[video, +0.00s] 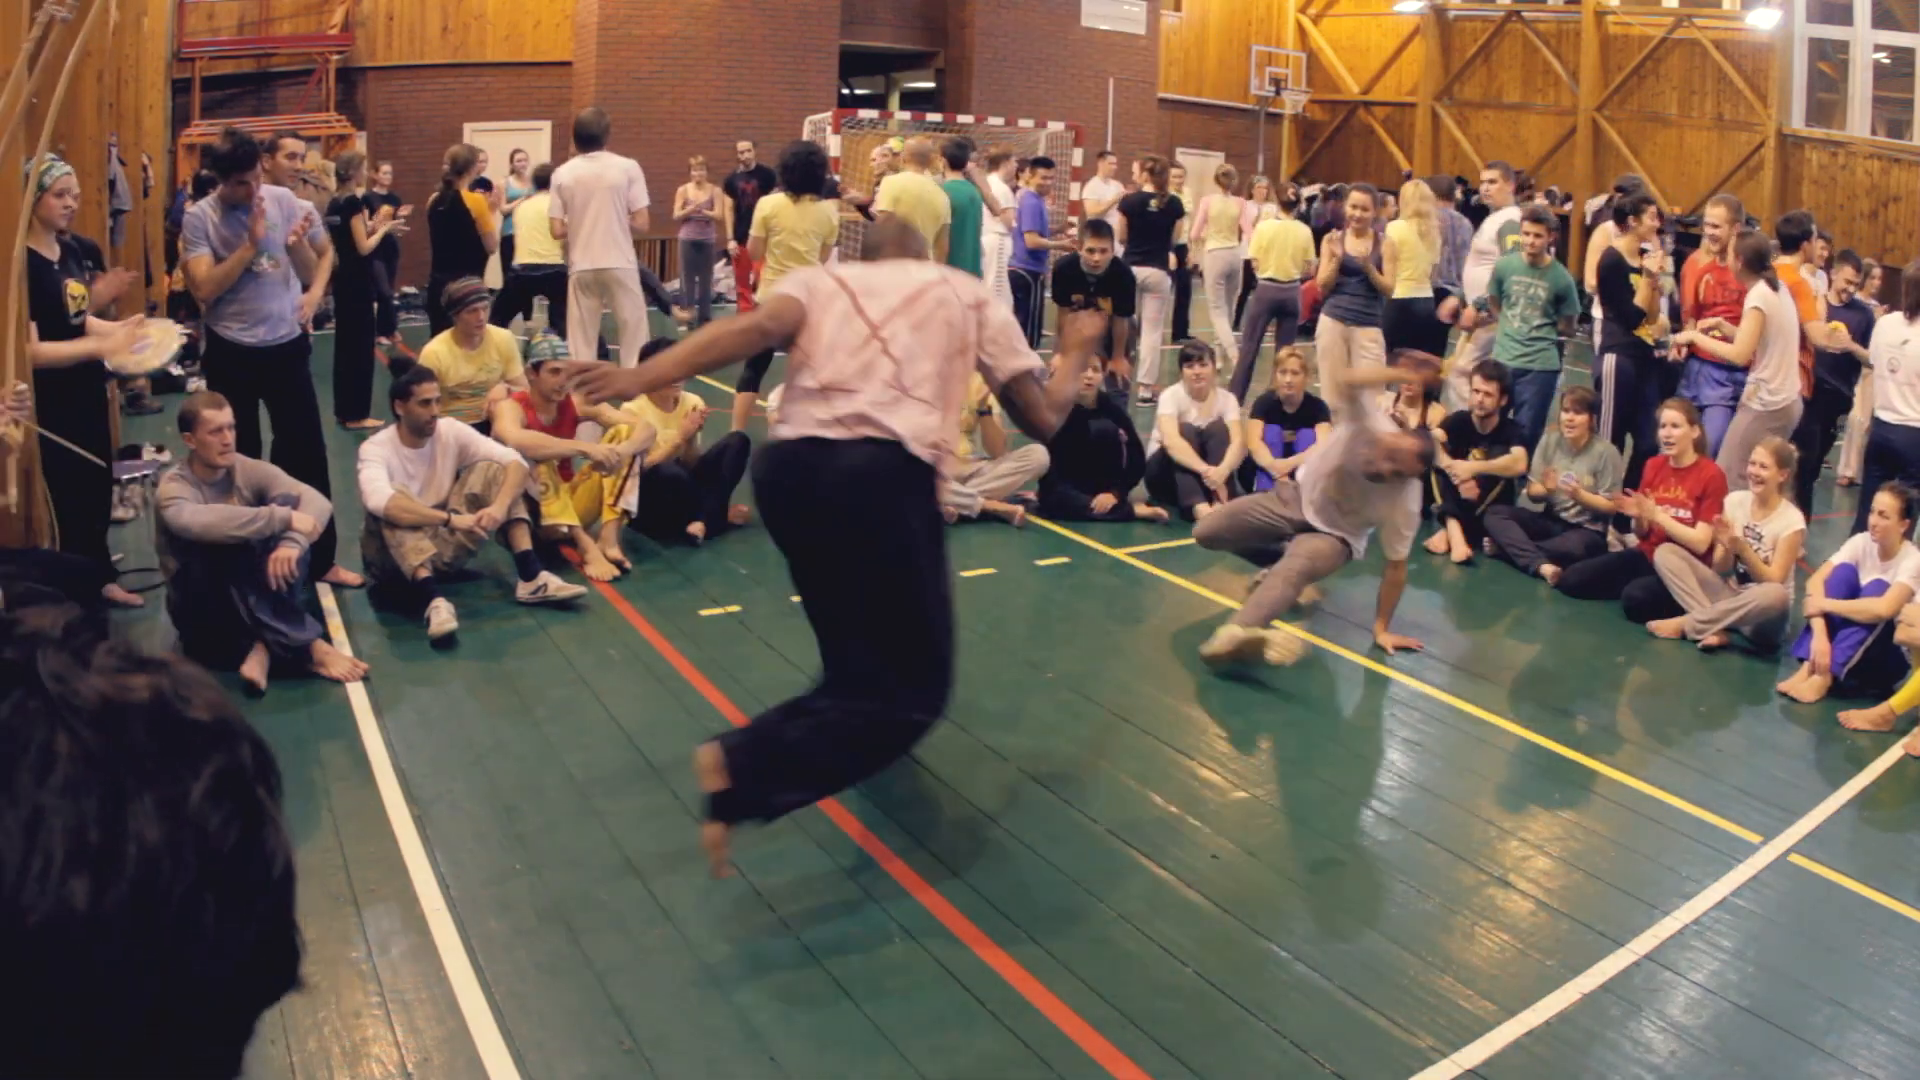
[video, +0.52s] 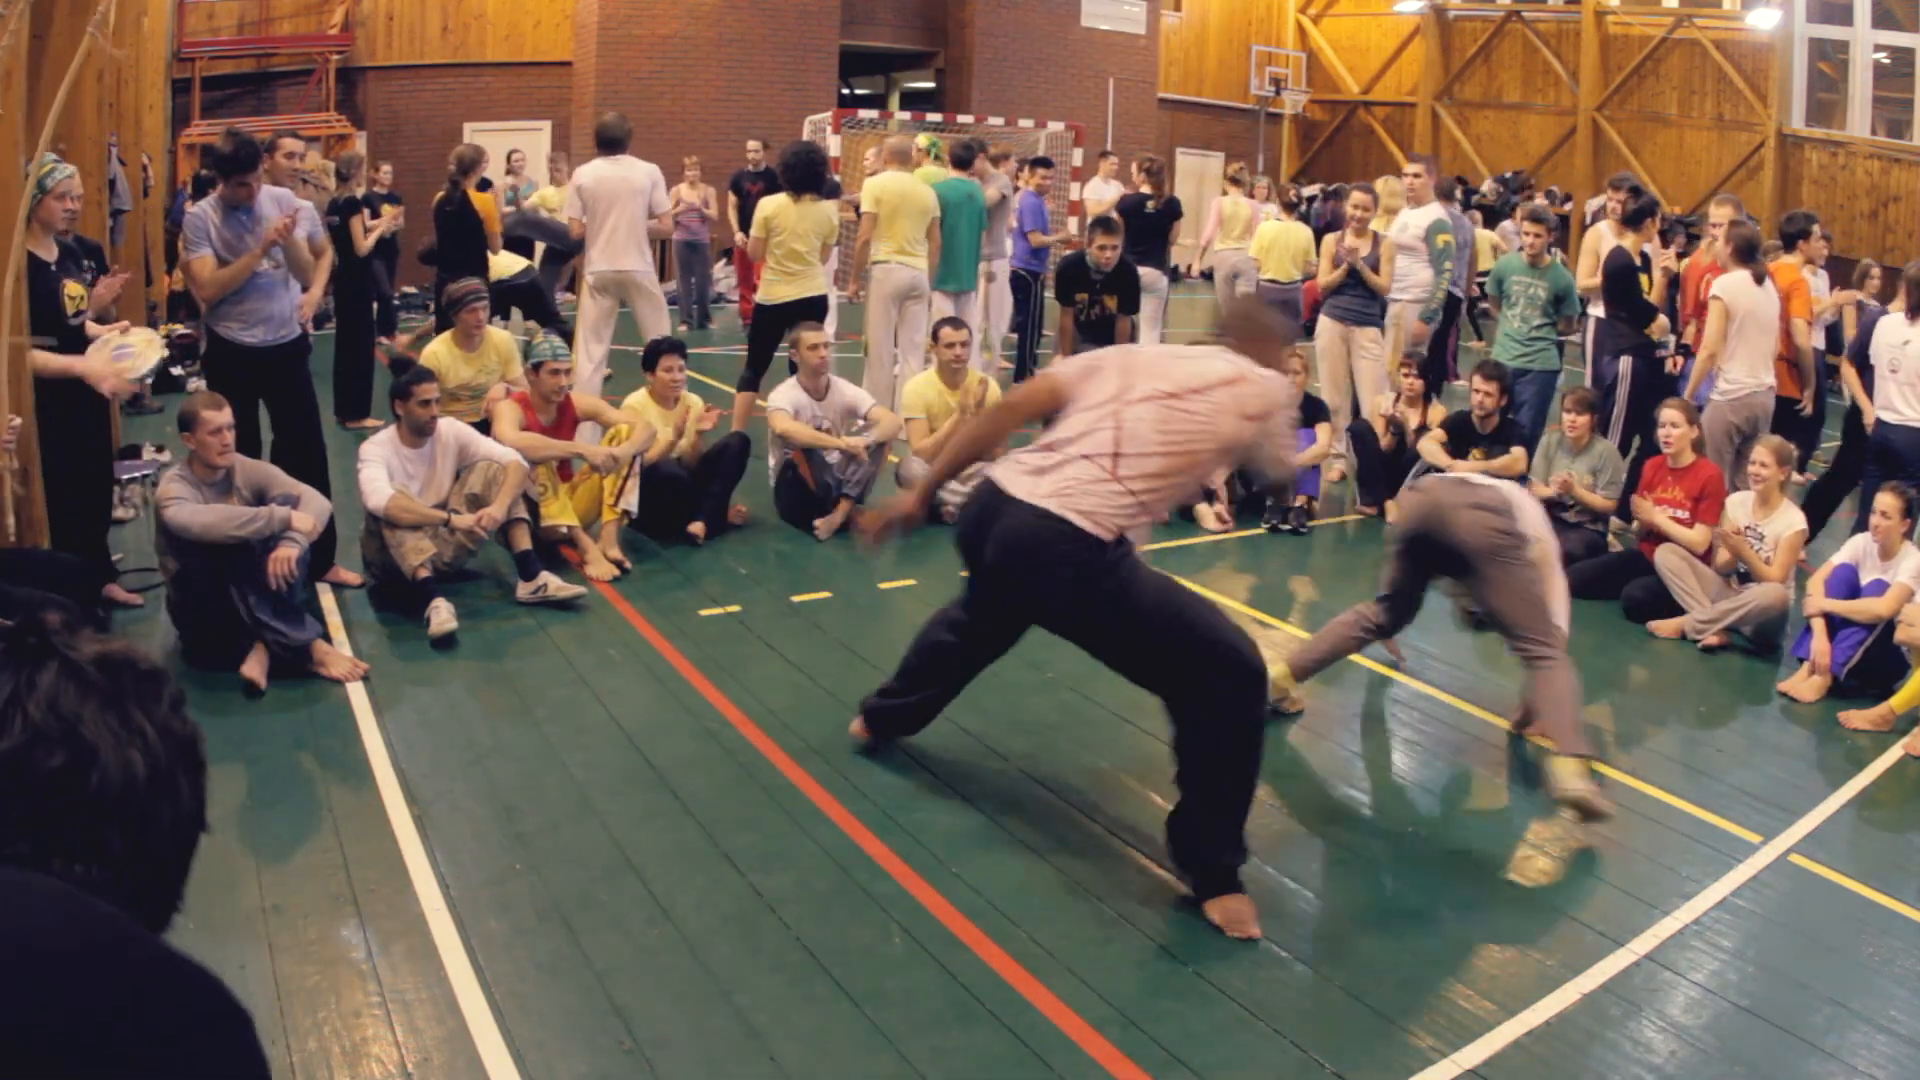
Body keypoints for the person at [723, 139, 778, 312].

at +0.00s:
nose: (745, 155)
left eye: (748, 151)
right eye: (741, 152)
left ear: (755, 152)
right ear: (737, 155)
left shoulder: (768, 175)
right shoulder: (732, 179)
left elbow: (774, 204)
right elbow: (729, 209)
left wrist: (772, 230)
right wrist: (730, 238)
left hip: (763, 233)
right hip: (740, 234)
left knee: (762, 274)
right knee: (742, 278)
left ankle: (763, 308)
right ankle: (744, 309)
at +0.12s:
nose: (746, 155)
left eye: (749, 150)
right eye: (742, 152)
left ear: (756, 152)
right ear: (737, 155)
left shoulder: (768, 175)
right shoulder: (732, 179)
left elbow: (774, 204)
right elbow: (729, 210)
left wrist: (773, 233)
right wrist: (731, 239)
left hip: (763, 233)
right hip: (741, 235)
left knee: (762, 275)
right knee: (742, 279)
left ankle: (763, 314)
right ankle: (745, 316)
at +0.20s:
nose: (748, 155)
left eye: (751, 150)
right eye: (743, 152)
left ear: (757, 152)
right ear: (739, 155)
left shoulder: (769, 175)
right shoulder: (733, 179)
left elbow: (775, 204)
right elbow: (729, 209)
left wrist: (773, 233)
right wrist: (731, 239)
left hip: (763, 234)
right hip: (741, 235)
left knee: (761, 276)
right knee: (742, 280)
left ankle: (762, 314)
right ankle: (745, 315)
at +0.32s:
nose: (750, 155)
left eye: (753, 150)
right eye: (746, 151)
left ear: (759, 152)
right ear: (741, 154)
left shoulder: (770, 175)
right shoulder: (734, 179)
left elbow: (776, 204)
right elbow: (729, 209)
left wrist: (775, 232)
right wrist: (732, 238)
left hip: (765, 233)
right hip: (742, 235)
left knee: (762, 275)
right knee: (743, 280)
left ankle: (764, 315)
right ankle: (746, 316)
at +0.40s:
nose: (752, 155)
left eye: (755, 151)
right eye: (748, 152)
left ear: (761, 152)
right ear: (743, 154)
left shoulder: (771, 175)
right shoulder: (736, 178)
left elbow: (777, 204)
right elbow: (730, 208)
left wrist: (776, 231)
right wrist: (734, 236)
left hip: (766, 232)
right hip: (743, 234)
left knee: (764, 275)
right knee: (744, 279)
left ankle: (765, 314)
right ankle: (746, 316)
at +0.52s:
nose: (752, 155)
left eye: (756, 151)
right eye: (749, 151)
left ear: (765, 152)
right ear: (745, 153)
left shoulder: (773, 176)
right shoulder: (738, 178)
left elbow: (779, 204)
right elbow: (732, 206)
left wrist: (775, 228)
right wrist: (736, 231)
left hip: (767, 232)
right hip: (745, 233)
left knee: (765, 276)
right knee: (745, 279)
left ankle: (766, 315)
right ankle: (747, 316)